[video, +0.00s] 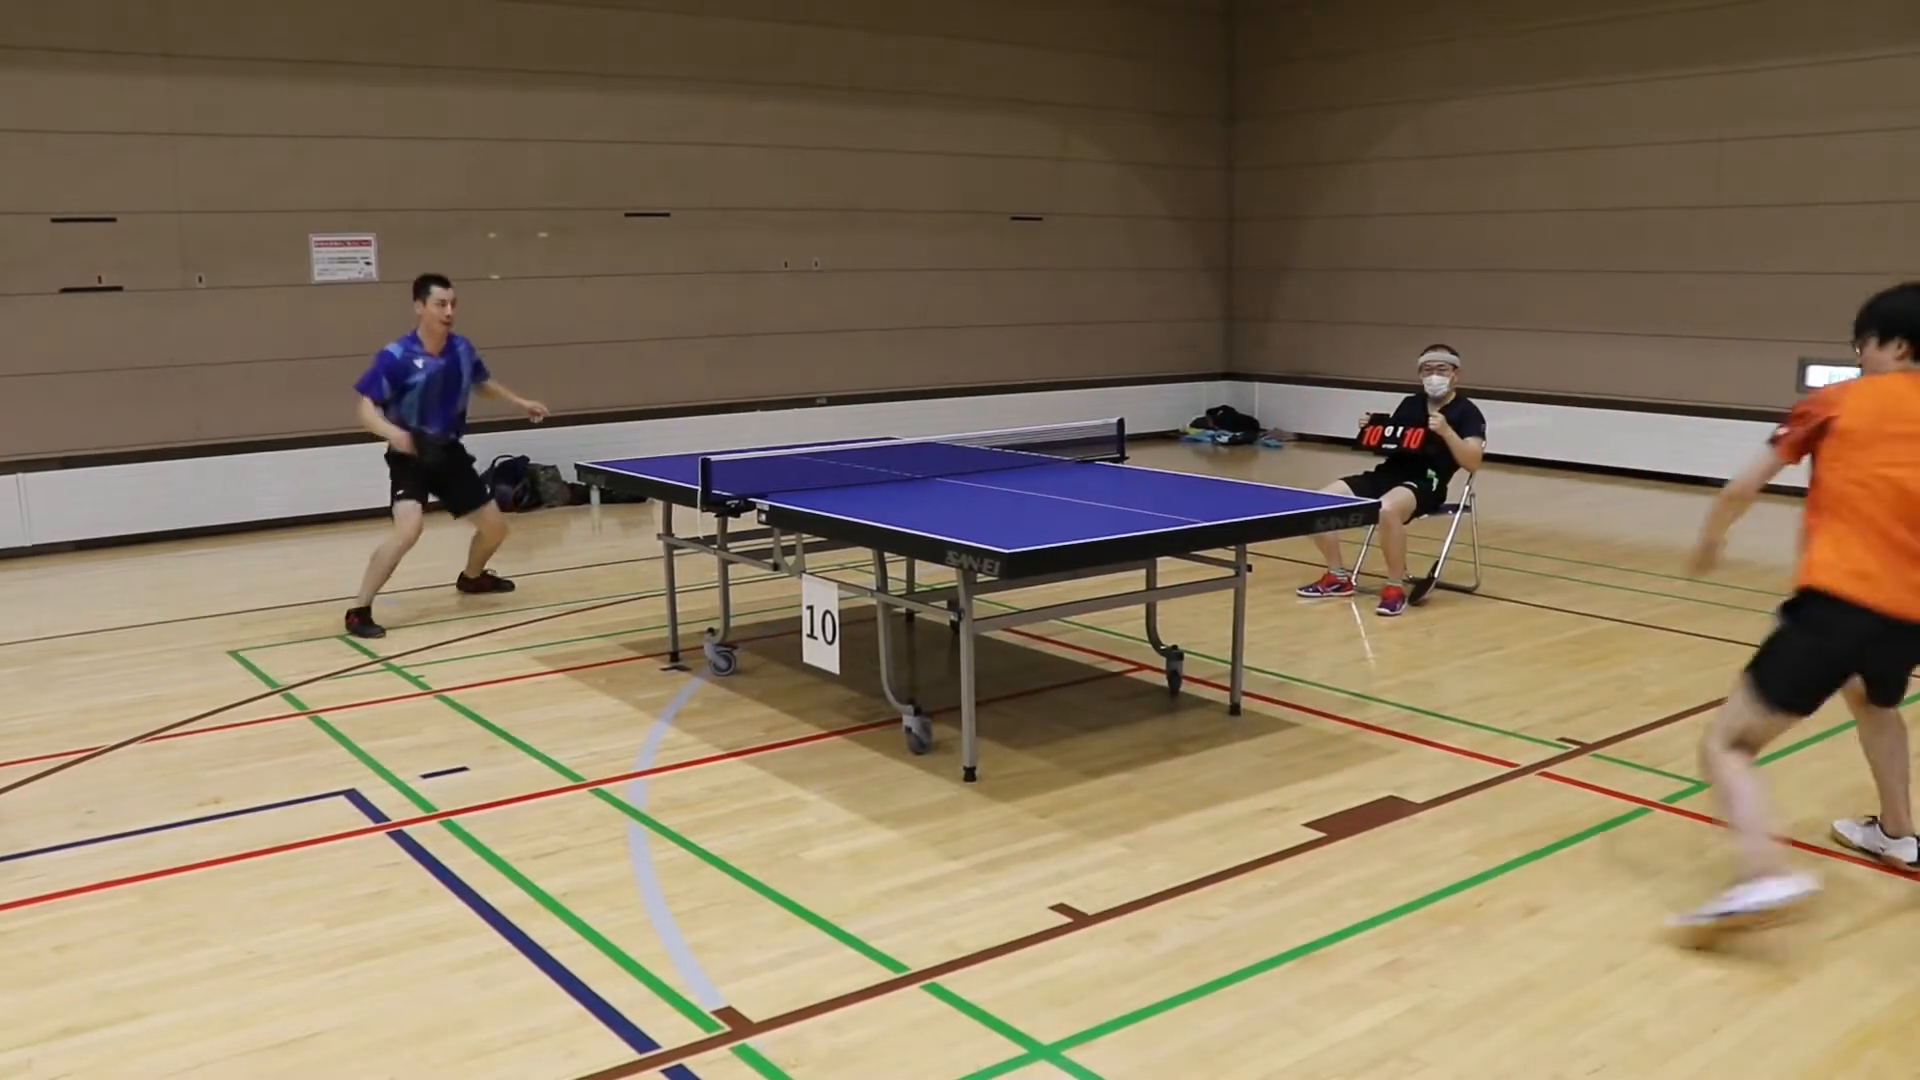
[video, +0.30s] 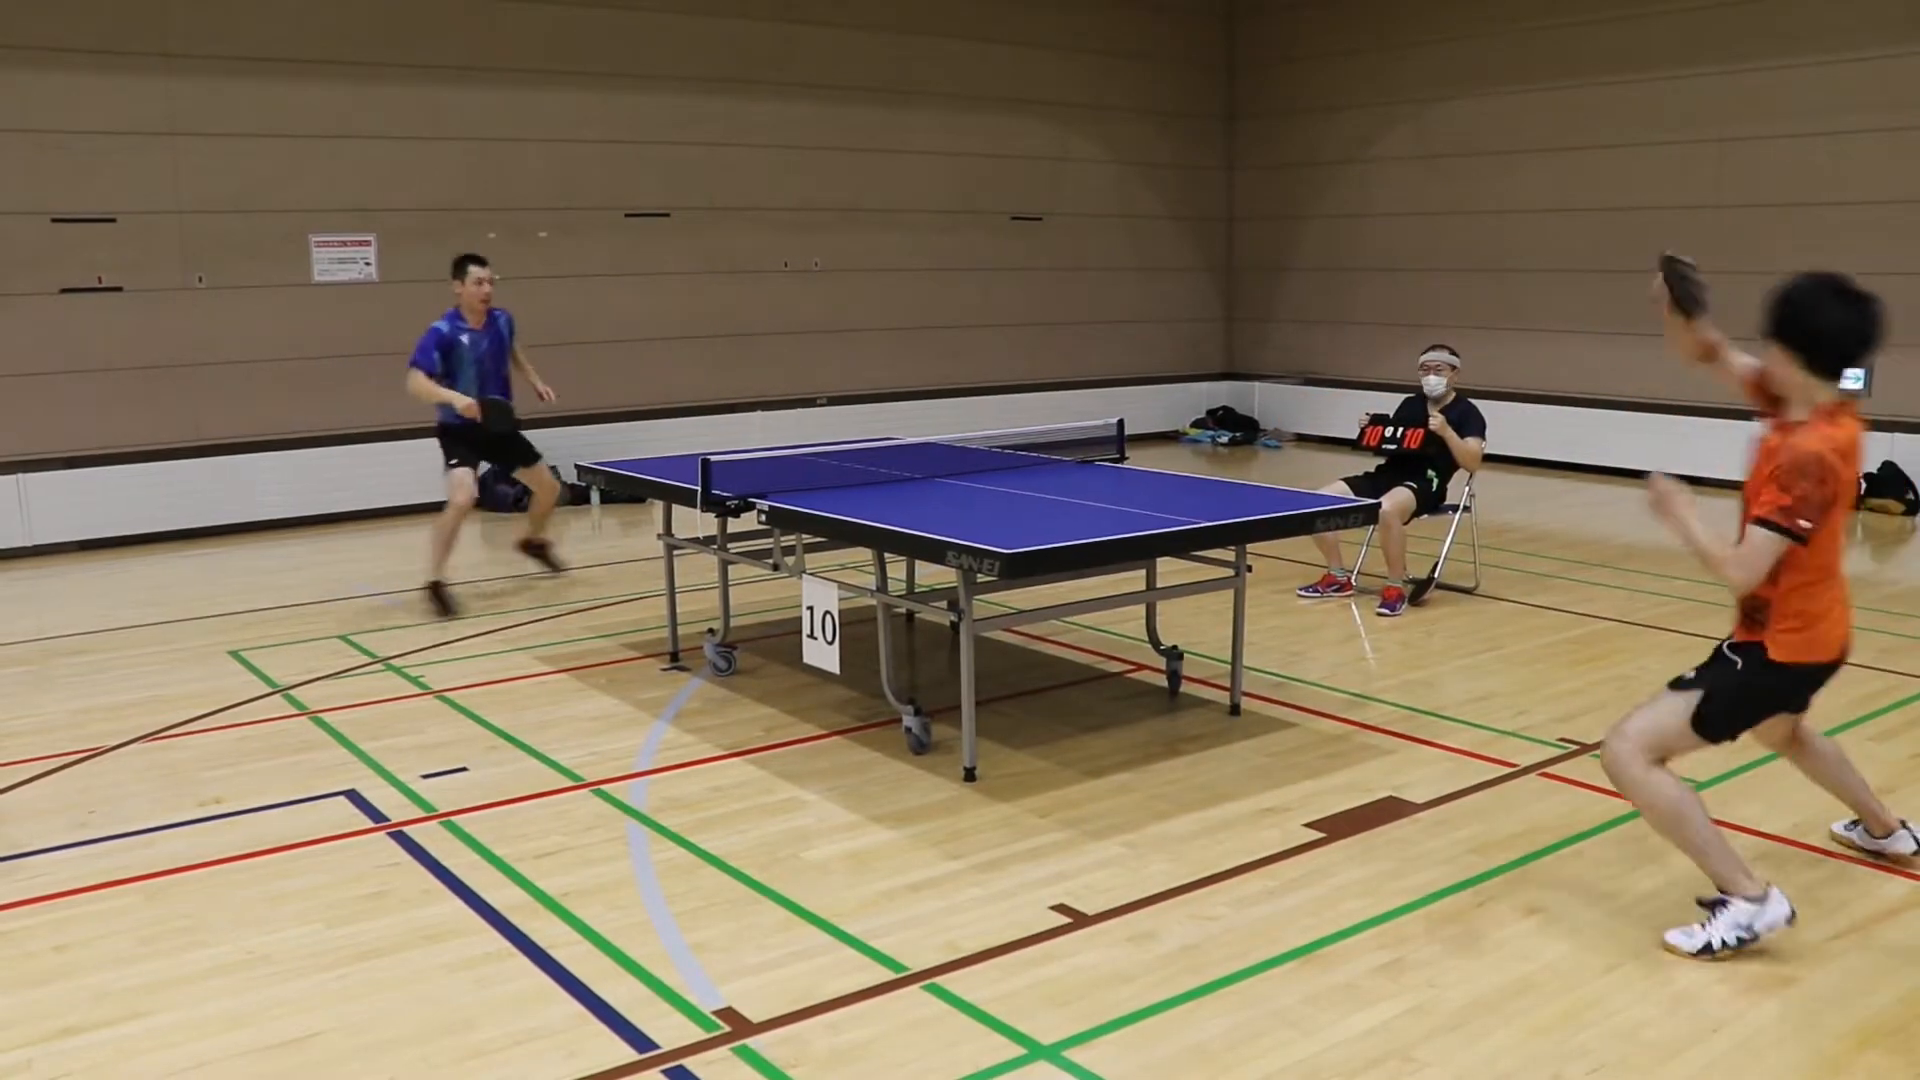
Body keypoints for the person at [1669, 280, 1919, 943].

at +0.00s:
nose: (1859, 357)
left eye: (1865, 345)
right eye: (1861, 345)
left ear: (1894, 347)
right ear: (1911, 349)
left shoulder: (1844, 400)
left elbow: (1746, 484)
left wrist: (1711, 538)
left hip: (1836, 604)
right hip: (1910, 614)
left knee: (1725, 742)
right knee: (1875, 699)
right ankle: (1898, 831)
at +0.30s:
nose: (1763, 352)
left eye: (1773, 343)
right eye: (1769, 341)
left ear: (1798, 360)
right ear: (1829, 361)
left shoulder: (1810, 451)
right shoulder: (1805, 402)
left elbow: (1743, 572)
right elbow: (1709, 355)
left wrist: (1679, 512)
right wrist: (1681, 315)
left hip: (1779, 647)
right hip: (1816, 631)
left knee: (1628, 750)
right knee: (1779, 729)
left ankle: (1747, 898)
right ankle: (1885, 829)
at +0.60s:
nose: (1594, 265)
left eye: (1601, 250)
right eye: (1596, 249)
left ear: (1627, 258)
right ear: (1680, 260)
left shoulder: (1621, 341)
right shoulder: (1712, 349)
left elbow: (1571, 470)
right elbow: (1672, 452)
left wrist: (1547, 436)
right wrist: (1565, 435)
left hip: (1623, 589)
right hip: (1691, 586)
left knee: (1547, 747)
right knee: (1633, 719)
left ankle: (1675, 889)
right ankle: (1702, 870)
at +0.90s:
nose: (1438, 341)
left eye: (1445, 330)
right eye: (1447, 329)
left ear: (1455, 344)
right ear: (1533, 361)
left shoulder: (1387, 417)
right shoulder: (1553, 465)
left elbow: (1314, 523)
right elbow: (1572, 624)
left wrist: (1379, 554)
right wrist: (1547, 694)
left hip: (1356, 677)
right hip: (1466, 698)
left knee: (1255, 847)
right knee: (1521, 797)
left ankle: (1178, 1037)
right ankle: (1580, 979)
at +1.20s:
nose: (1451, 342)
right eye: (1449, 330)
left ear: (1356, 317)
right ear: (1439, 343)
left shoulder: (1302, 382)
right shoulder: (1410, 442)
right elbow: (1380, 603)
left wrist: (1418, 437)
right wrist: (1428, 724)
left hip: (1182, 628)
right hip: (1278, 660)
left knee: (1130, 786)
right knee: (1382, 816)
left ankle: (1028, 929)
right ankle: (1341, 1021)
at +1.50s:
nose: (1219, 240)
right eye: (1213, 228)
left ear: (1113, 229)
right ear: (1203, 240)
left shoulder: (1052, 323)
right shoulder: (1223, 339)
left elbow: (970, 462)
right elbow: (1316, 412)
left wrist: (1003, 482)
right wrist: (1306, 330)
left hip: (1059, 608)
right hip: (1171, 616)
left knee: (963, 738)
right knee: (1245, 778)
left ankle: (918, 925)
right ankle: (1324, 976)